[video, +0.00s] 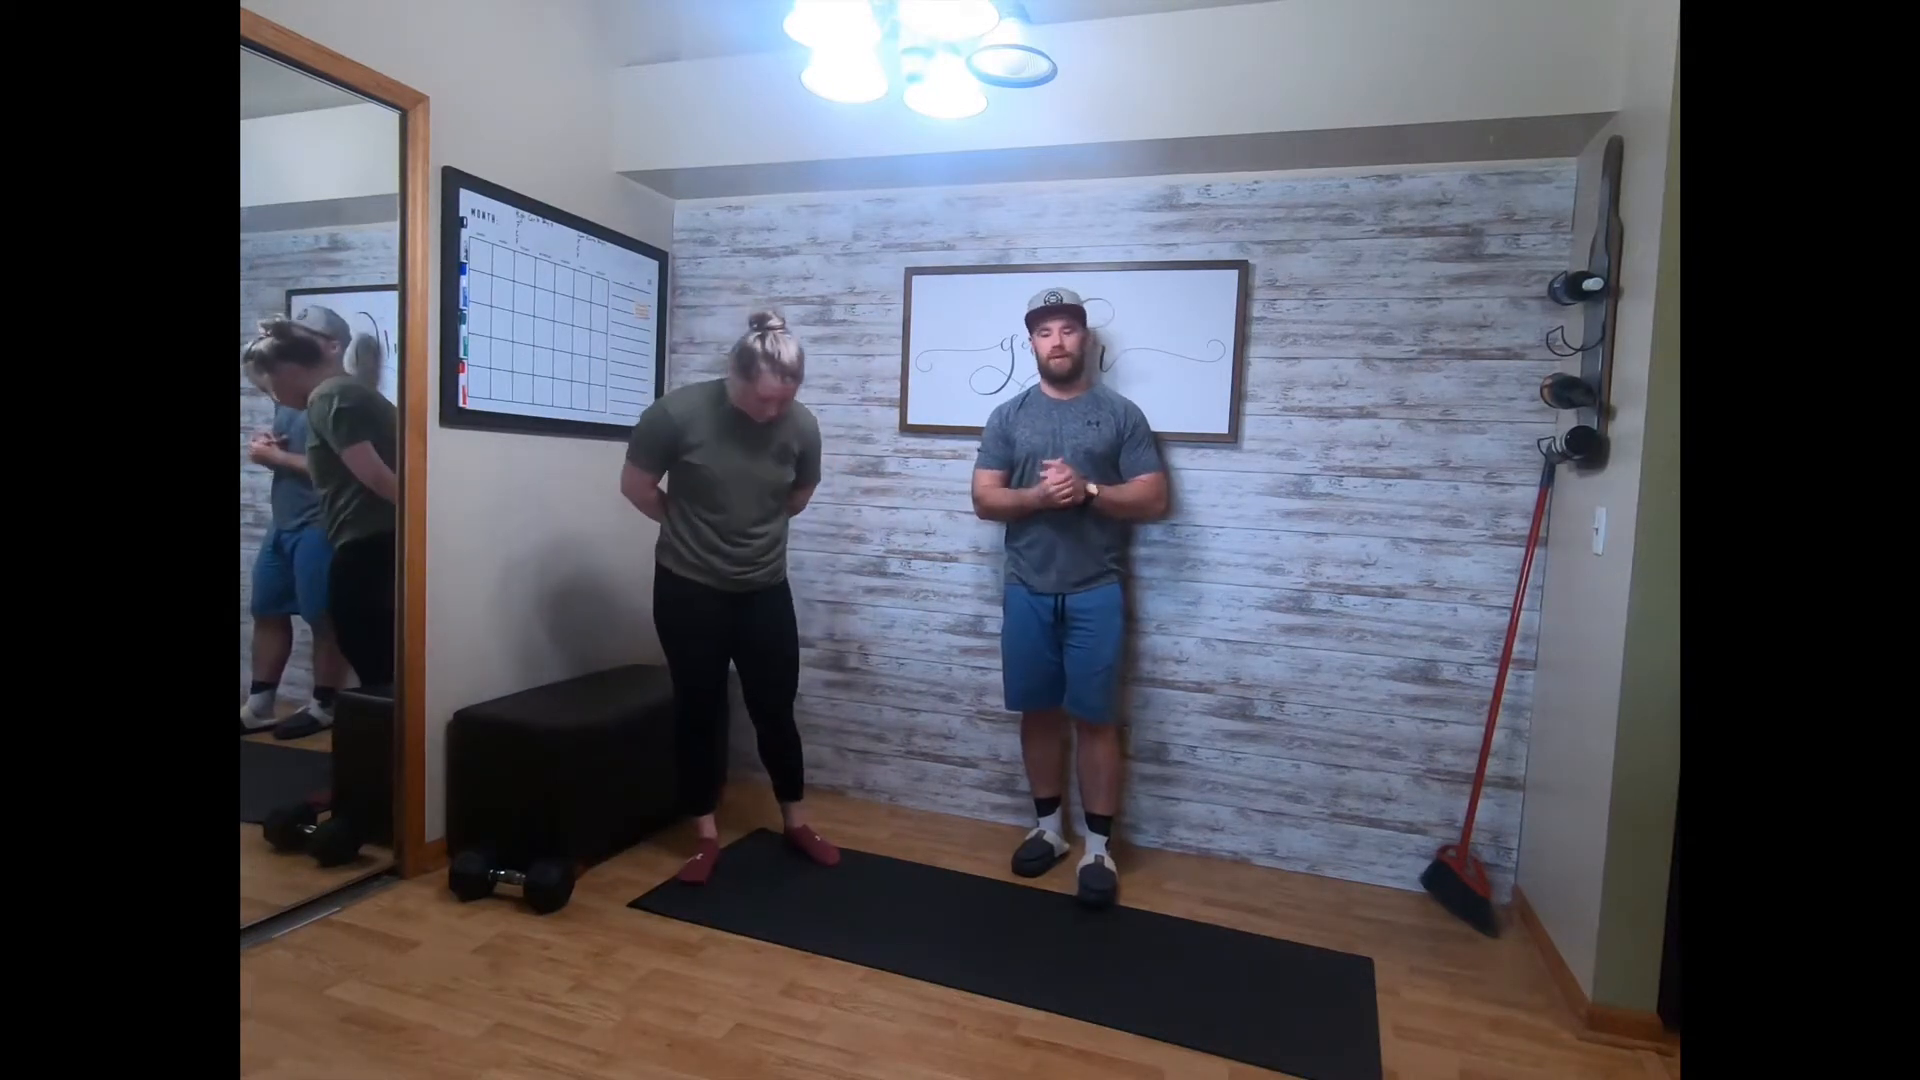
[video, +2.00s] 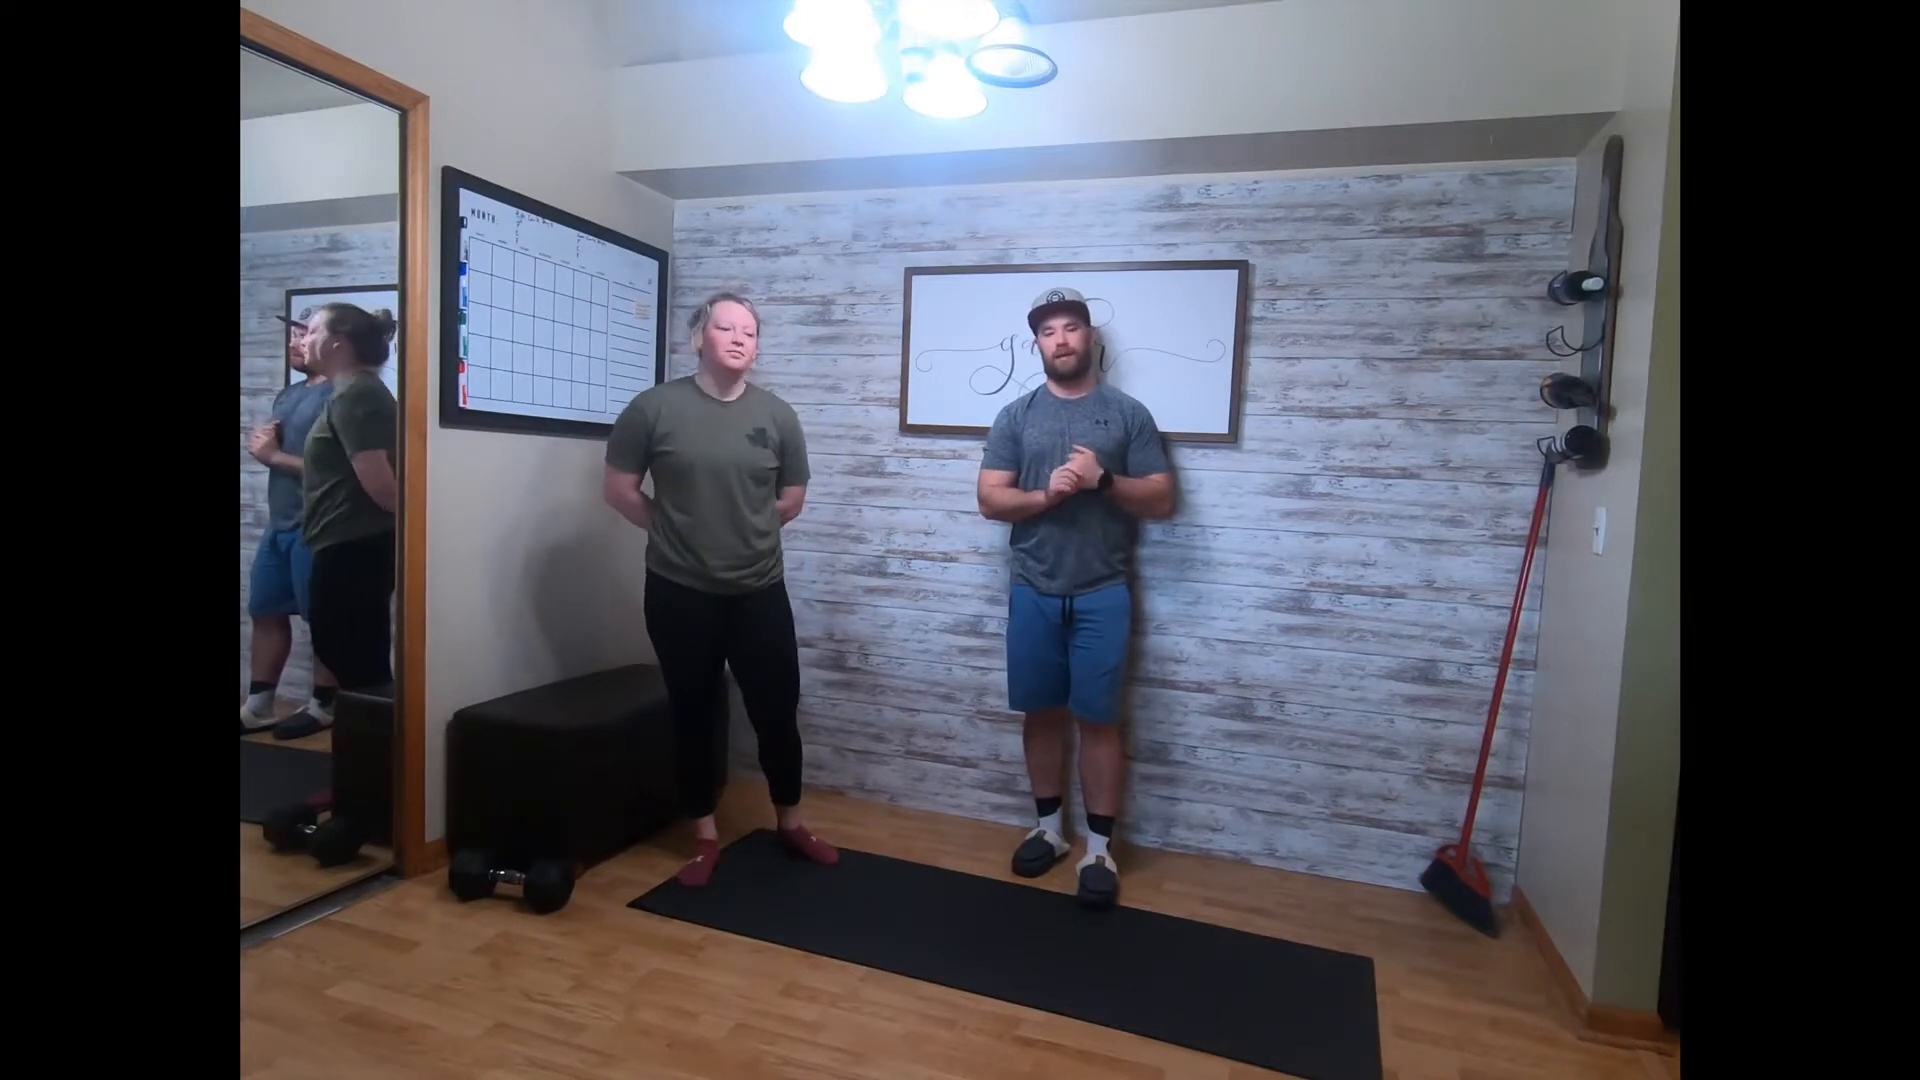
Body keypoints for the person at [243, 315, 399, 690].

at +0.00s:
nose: (277, 402)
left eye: (271, 389)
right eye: (269, 393)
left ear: (288, 367)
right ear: (313, 355)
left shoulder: (329, 398)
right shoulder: (363, 394)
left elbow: (374, 474)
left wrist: (423, 508)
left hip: (364, 547)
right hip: (386, 542)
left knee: (369, 657)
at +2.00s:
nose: (305, 340)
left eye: (313, 332)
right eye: (308, 331)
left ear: (339, 342)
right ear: (343, 343)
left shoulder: (357, 396)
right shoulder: (354, 393)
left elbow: (385, 489)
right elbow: (387, 483)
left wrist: (429, 519)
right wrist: (429, 516)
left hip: (354, 547)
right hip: (353, 545)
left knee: (353, 660)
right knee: (358, 657)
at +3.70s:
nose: (326, 365)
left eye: (330, 354)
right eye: (324, 357)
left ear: (357, 351)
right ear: (358, 353)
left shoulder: (388, 400)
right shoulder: (360, 401)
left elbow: (414, 472)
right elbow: (355, 468)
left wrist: (411, 538)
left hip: (380, 544)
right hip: (356, 543)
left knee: (374, 647)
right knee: (363, 645)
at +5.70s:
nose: (314, 343)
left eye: (322, 335)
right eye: (316, 334)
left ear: (350, 344)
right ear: (352, 345)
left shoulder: (364, 394)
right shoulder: (364, 391)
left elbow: (382, 477)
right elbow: (384, 474)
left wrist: (416, 514)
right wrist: (416, 513)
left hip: (358, 540)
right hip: (360, 537)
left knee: (361, 650)